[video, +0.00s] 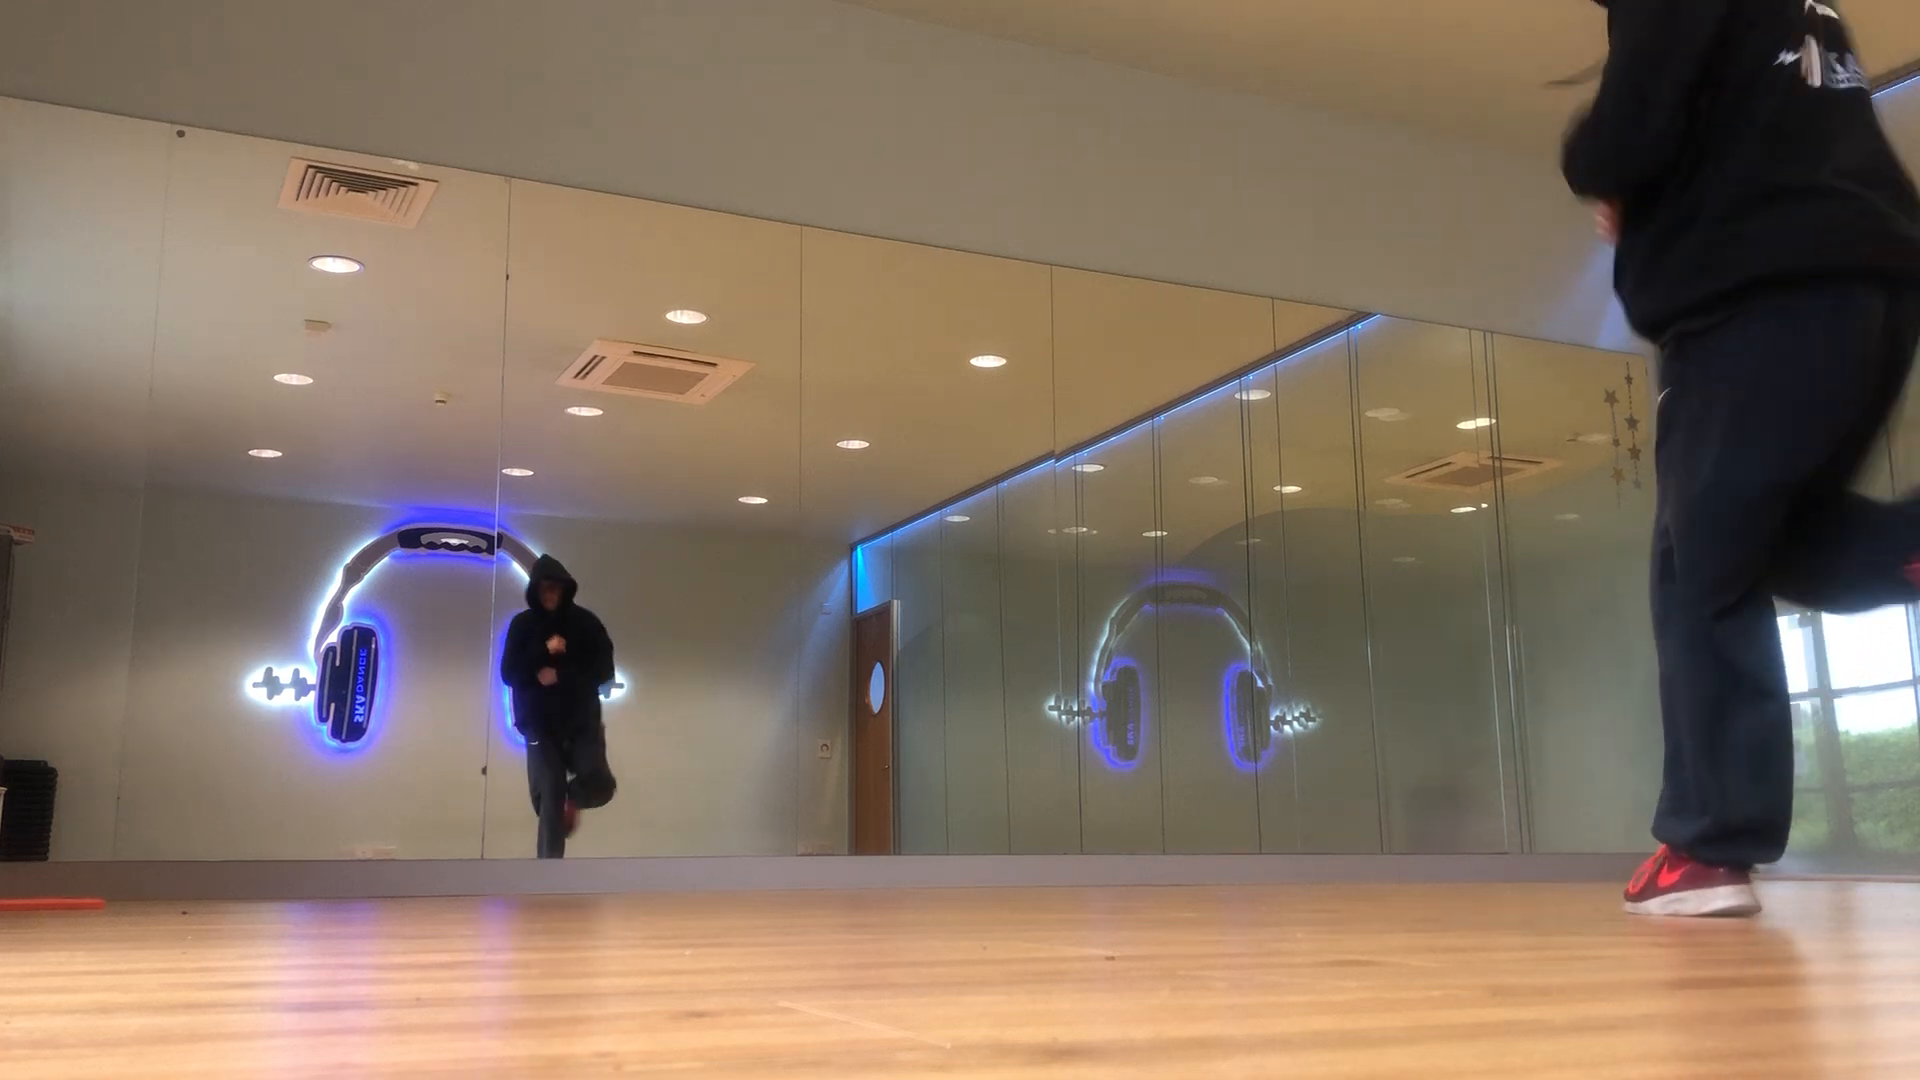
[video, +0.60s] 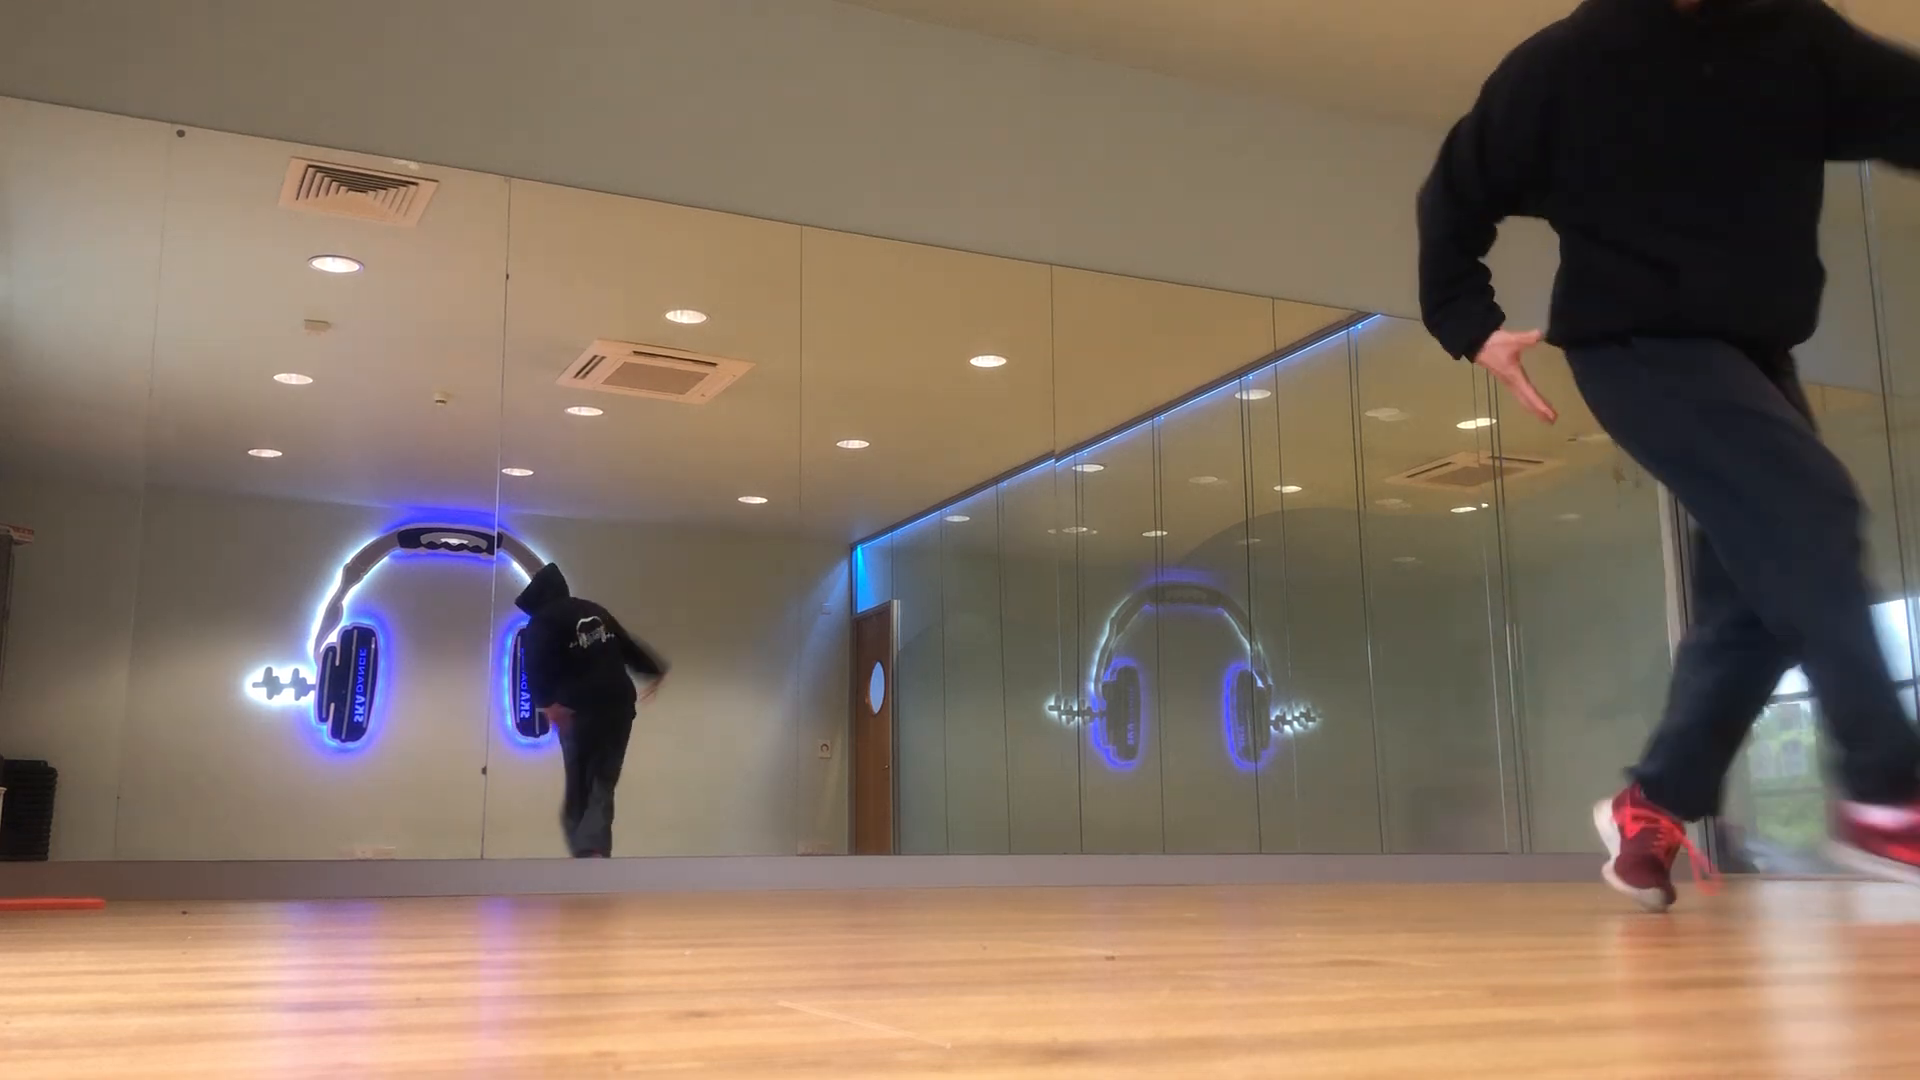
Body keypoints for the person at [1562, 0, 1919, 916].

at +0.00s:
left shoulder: (1670, 4)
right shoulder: (1797, 14)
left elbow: (1629, 127)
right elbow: (1766, 122)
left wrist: (1585, 162)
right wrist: (1638, 183)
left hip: (1763, 283)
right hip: (1866, 276)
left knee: (1702, 565)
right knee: (1775, 535)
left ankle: (1714, 848)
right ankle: (1913, 542)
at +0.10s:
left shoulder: (1707, 1)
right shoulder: (1669, 15)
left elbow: (1578, 116)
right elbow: (1660, 154)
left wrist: (1514, 57)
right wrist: (1548, 181)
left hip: (1792, 278)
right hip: (1721, 283)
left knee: (1683, 535)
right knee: (1598, 481)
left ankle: (1725, 831)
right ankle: (1841, 588)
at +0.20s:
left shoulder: (1741, 11)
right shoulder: (1615, 15)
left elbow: (1631, 107)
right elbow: (1595, 139)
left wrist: (1502, 50)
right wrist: (1499, 147)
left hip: (1769, 308)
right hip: (1660, 313)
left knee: (1681, 559)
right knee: (1539, 499)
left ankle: (1725, 835)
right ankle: (1715, 596)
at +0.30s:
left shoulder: (1784, 15)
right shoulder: (1587, 13)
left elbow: (1735, 123)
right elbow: (1518, 167)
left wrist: (1553, 88)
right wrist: (1616, 179)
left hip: (1742, 316)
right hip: (1608, 309)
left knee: (1661, 560)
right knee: (1532, 505)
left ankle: (1664, 818)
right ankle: (1623, 547)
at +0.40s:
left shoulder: (1776, 24)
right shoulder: (1586, 42)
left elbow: (1748, 159)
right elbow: (1525, 190)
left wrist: (1562, 110)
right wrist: (1631, 187)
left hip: (1741, 349)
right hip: (1602, 337)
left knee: (1690, 597)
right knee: (1599, 492)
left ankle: (1616, 825)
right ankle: (1536, 583)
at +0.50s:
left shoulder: (1775, 34)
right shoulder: (1578, 66)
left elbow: (1846, 182)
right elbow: (1489, 223)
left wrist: (1843, 211)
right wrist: (1529, 319)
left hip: (1739, 354)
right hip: (1618, 352)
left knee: (1700, 591)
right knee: (1727, 471)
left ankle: (1617, 825)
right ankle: (1618, 717)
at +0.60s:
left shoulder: (1801, 36)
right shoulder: (1579, 53)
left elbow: (1913, 110)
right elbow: (1456, 186)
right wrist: (1470, 324)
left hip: (1753, 347)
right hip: (1633, 343)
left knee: (1767, 585)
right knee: (1809, 510)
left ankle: (1656, 802)